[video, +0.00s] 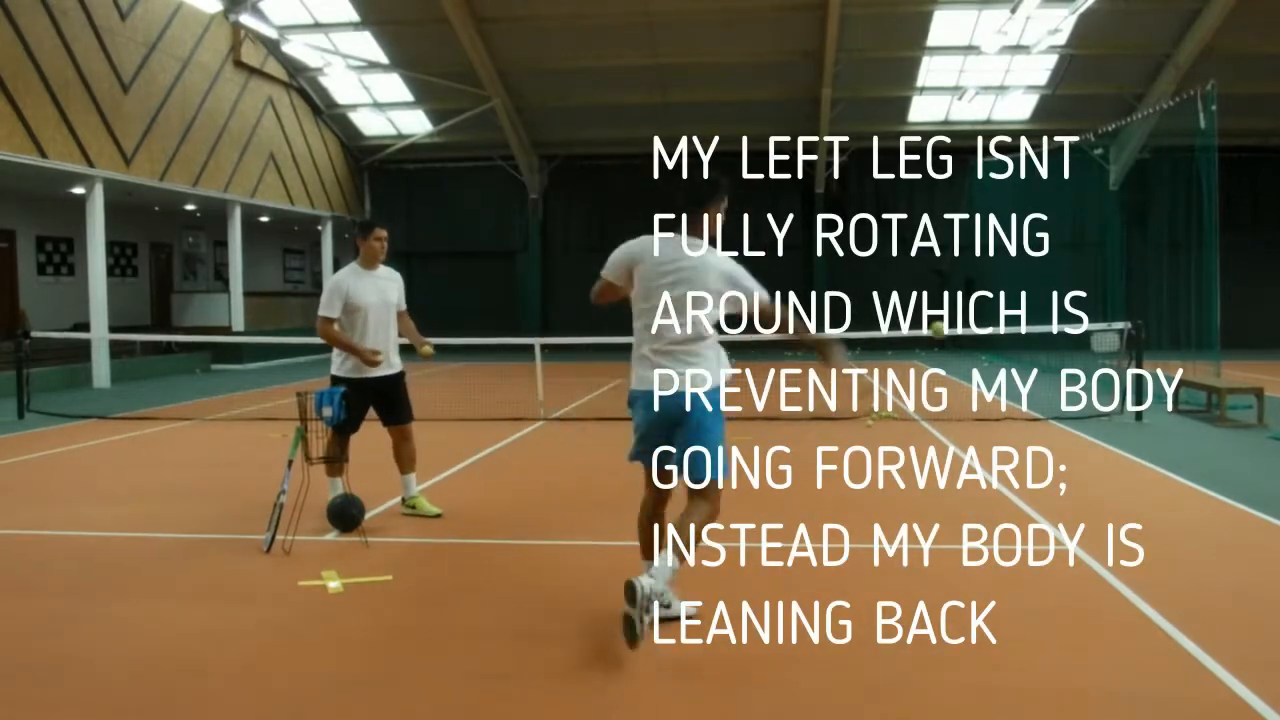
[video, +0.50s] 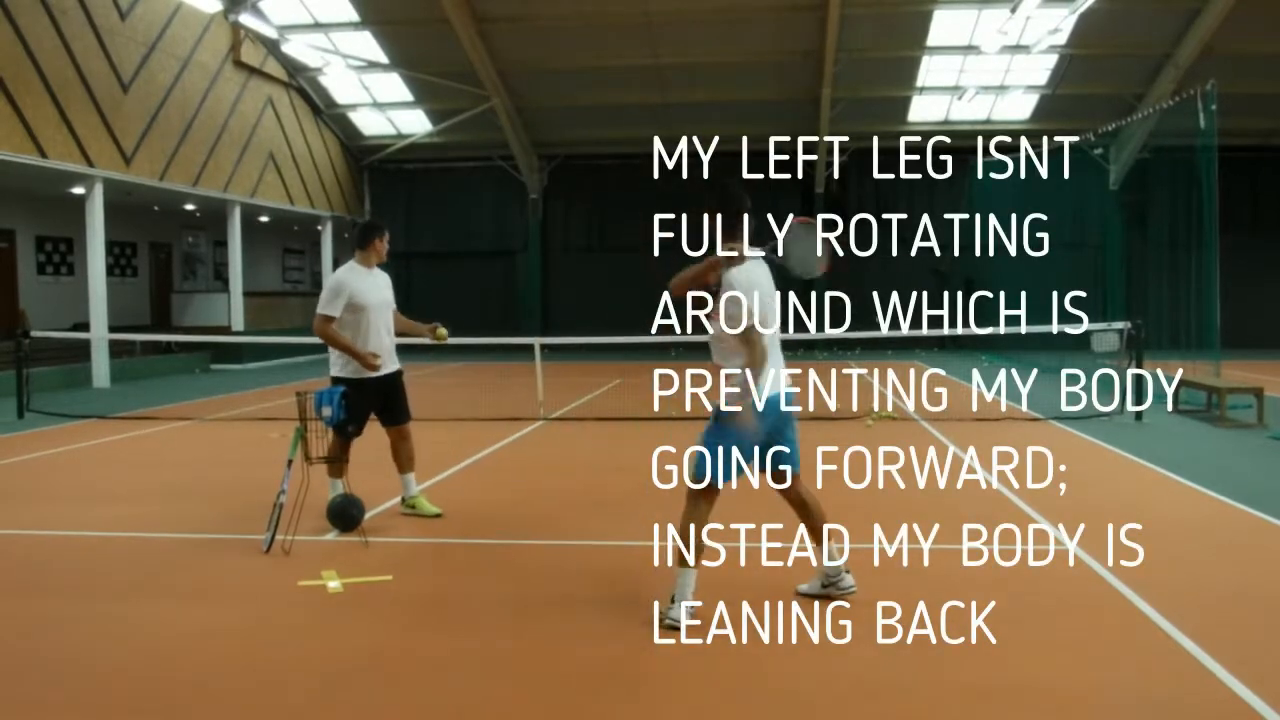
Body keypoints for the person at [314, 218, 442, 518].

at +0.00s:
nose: (383, 245)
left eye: (386, 240)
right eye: (378, 240)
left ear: (387, 244)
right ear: (360, 243)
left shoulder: (393, 278)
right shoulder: (341, 281)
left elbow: (401, 316)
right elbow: (324, 328)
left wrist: (418, 341)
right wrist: (359, 351)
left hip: (389, 373)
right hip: (351, 376)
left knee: (403, 432)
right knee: (340, 436)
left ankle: (411, 495)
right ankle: (337, 497)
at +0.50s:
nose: (388, 247)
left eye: (387, 242)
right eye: (385, 242)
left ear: (372, 244)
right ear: (374, 243)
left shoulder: (383, 278)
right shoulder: (341, 280)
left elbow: (391, 320)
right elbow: (321, 327)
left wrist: (426, 330)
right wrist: (358, 354)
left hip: (388, 373)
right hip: (352, 377)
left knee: (401, 432)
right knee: (342, 437)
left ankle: (411, 495)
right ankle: (337, 497)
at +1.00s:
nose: (420, 257)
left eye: (422, 252)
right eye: (414, 252)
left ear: (421, 256)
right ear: (396, 254)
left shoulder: (423, 291)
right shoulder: (369, 288)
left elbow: (438, 331)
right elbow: (343, 330)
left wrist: (475, 356)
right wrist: (369, 361)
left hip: (408, 382)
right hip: (367, 383)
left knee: (430, 436)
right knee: (350, 442)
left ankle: (451, 501)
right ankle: (337, 497)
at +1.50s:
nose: (465, 257)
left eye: (468, 252)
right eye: (459, 251)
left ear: (471, 259)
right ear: (444, 256)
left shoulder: (475, 296)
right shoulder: (415, 286)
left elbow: (496, 329)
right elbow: (390, 323)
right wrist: (400, 354)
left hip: (448, 376)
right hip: (407, 373)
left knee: (459, 433)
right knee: (386, 434)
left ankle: (456, 503)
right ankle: (367, 494)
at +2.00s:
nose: (409, 251)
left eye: (411, 247)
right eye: (402, 246)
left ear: (415, 254)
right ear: (387, 253)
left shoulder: (429, 290)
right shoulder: (367, 293)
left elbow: (445, 331)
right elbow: (349, 338)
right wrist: (360, 370)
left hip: (421, 380)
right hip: (381, 382)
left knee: (442, 433)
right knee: (364, 443)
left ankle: (454, 502)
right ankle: (338, 487)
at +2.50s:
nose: (354, 242)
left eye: (356, 237)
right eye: (347, 237)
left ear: (359, 243)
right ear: (333, 242)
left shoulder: (367, 278)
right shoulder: (320, 280)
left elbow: (369, 318)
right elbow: (304, 327)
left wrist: (388, 342)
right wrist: (325, 365)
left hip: (365, 369)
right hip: (334, 372)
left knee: (371, 424)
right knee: (337, 433)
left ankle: (353, 478)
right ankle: (332, 494)